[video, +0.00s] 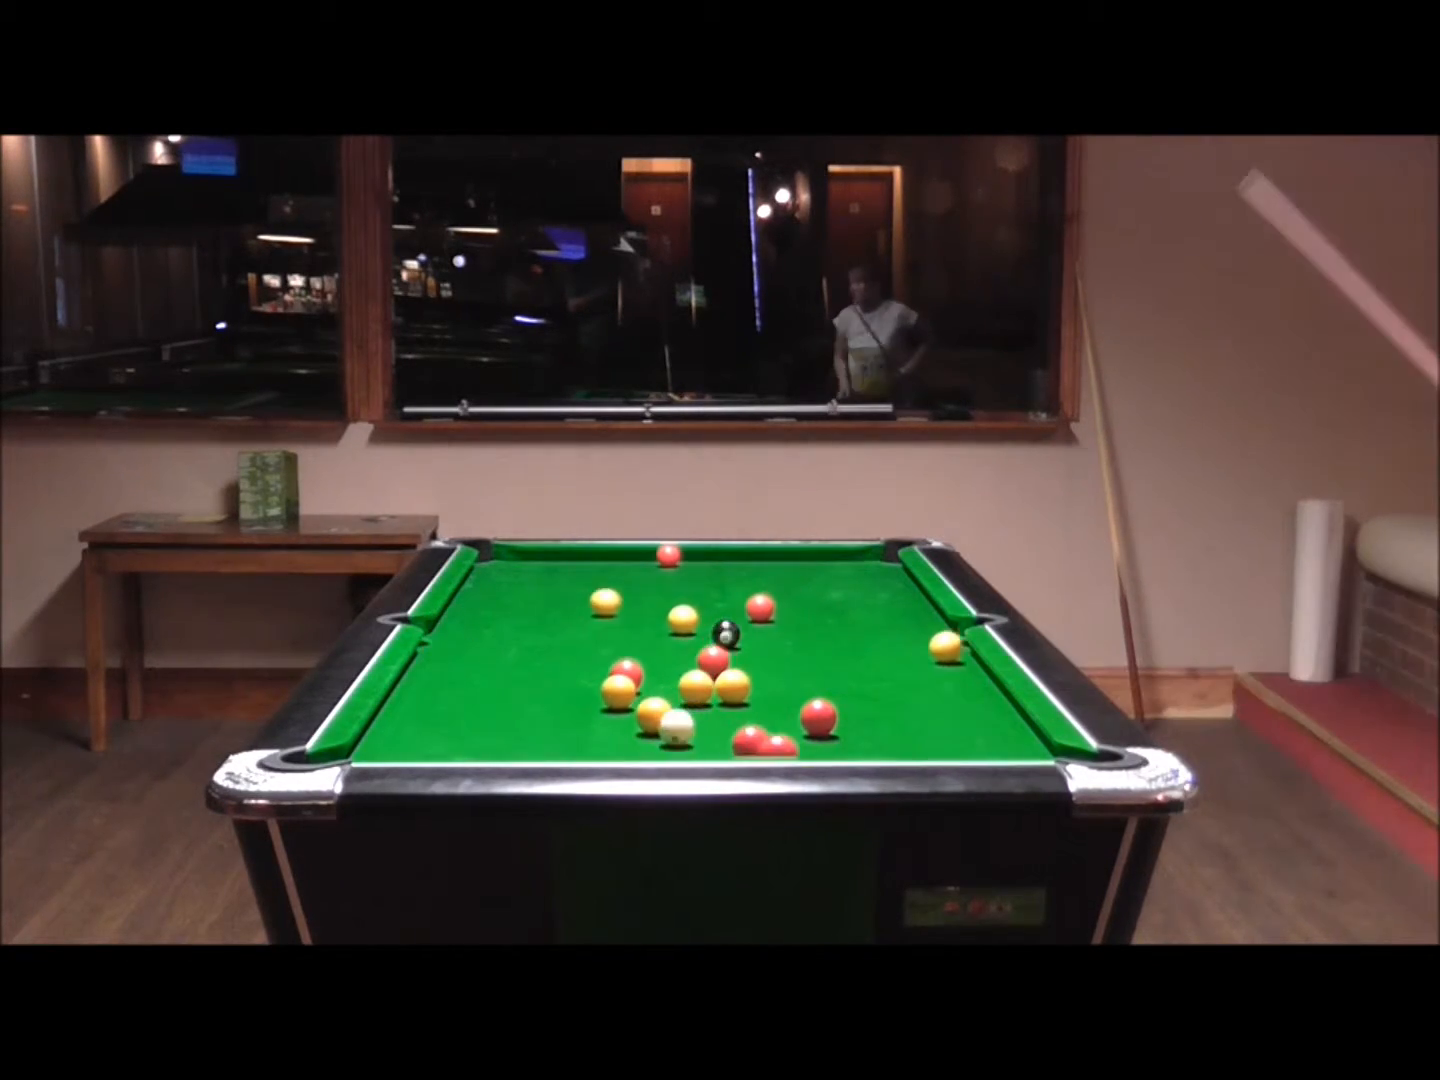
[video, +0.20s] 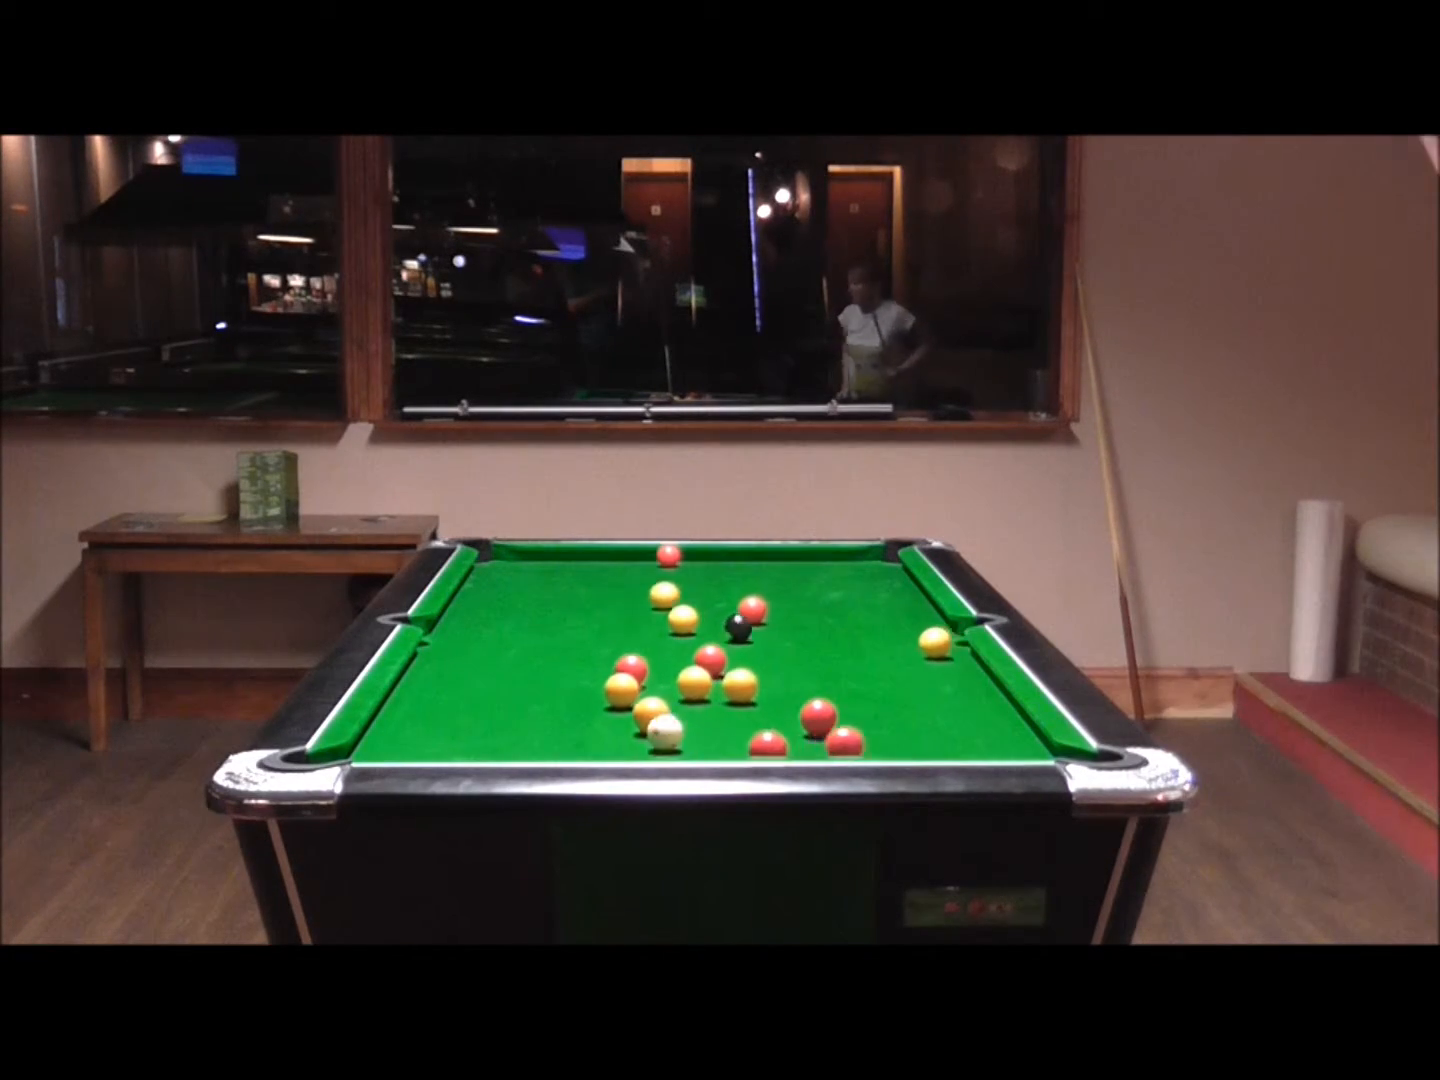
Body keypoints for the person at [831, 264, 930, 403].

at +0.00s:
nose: (860, 288)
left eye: (864, 282)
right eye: (856, 283)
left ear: (875, 285)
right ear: (850, 287)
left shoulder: (897, 312)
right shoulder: (846, 316)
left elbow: (927, 338)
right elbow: (839, 356)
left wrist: (907, 368)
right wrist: (844, 384)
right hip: (856, 395)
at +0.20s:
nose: (851, 289)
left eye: (857, 284)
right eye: (850, 284)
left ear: (873, 286)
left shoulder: (894, 313)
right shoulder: (849, 314)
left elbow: (926, 342)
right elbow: (846, 352)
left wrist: (899, 369)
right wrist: (845, 386)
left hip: (885, 390)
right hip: (856, 391)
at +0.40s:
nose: (837, 293)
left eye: (841, 288)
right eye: (835, 289)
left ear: (854, 287)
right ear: (834, 290)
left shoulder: (875, 310)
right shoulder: (834, 314)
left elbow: (906, 343)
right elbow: (835, 356)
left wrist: (883, 367)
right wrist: (833, 390)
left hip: (873, 391)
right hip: (843, 391)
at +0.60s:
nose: (804, 288)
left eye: (809, 282)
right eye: (802, 283)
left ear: (822, 284)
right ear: (801, 286)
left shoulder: (838, 309)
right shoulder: (803, 313)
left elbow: (871, 343)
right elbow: (806, 357)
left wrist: (847, 362)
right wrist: (804, 391)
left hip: (841, 389)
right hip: (814, 389)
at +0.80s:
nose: (776, 294)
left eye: (779, 288)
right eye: (773, 289)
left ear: (790, 283)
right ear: (770, 288)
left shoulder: (802, 304)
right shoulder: (773, 311)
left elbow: (836, 338)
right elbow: (777, 354)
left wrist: (813, 355)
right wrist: (769, 384)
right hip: (783, 385)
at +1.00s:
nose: (738, 288)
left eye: (744, 282)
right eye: (736, 283)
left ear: (758, 285)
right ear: (734, 286)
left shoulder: (768, 309)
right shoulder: (738, 315)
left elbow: (800, 342)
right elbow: (736, 354)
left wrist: (780, 358)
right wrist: (726, 380)